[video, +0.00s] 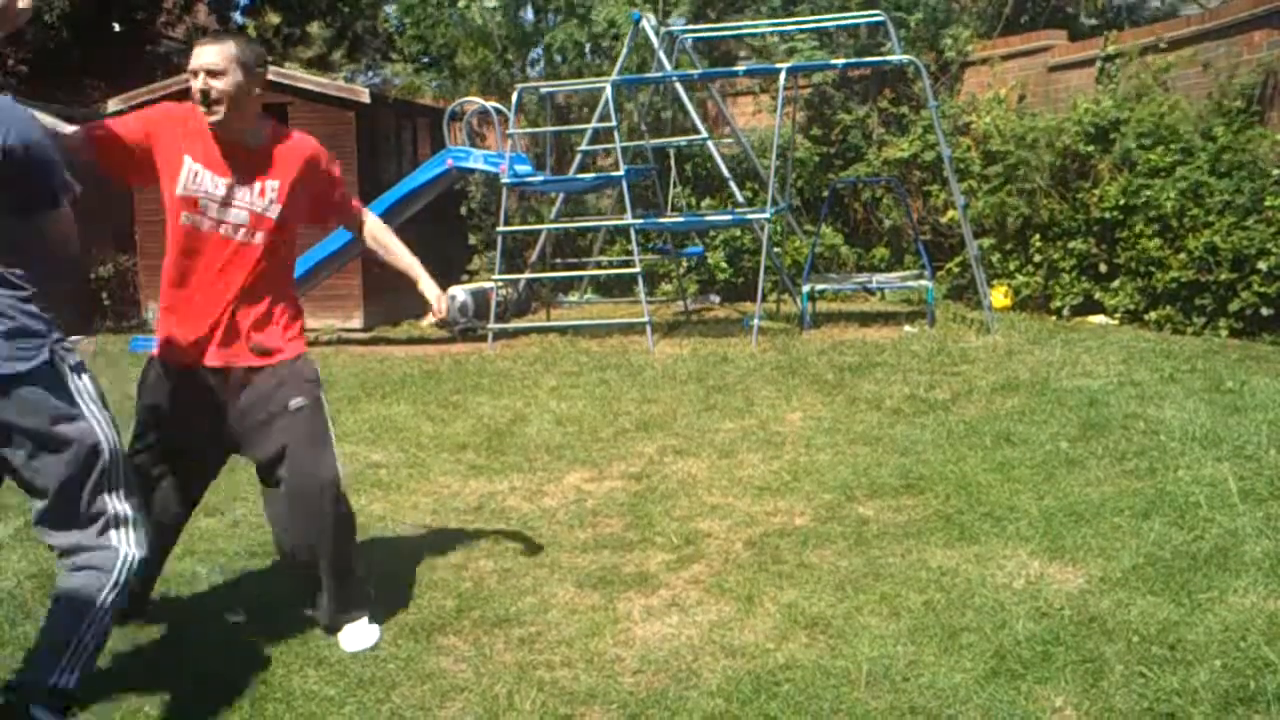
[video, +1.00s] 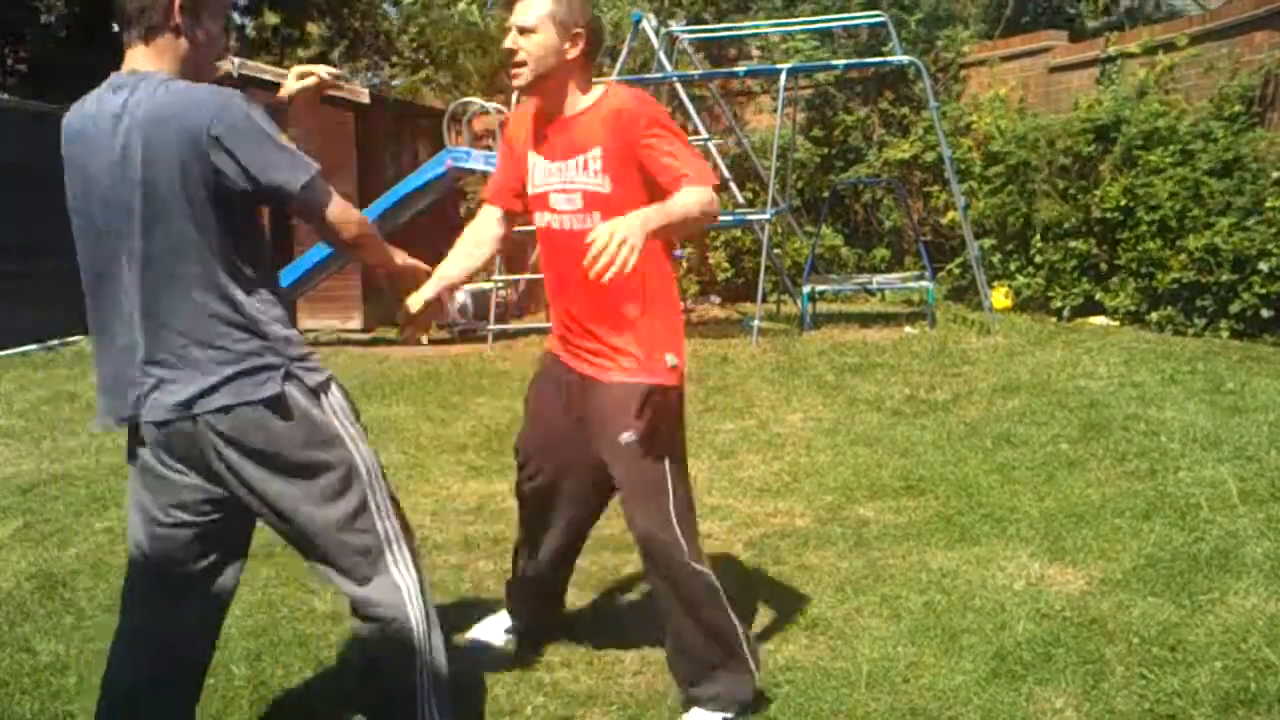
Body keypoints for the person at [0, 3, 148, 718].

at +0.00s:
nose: (24, 38)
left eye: (20, 31)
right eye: (18, 31)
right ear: (9, 43)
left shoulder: (23, 130)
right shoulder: (19, 129)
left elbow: (64, 254)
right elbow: (65, 257)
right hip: (11, 341)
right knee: (108, 531)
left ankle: (40, 696)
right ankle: (40, 699)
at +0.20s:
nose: (57, 40)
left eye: (50, 27)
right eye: (53, 28)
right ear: (40, 36)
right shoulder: (92, 126)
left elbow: (186, 185)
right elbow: (188, 188)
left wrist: (151, 88)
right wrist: (157, 79)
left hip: (6, 404)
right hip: (103, 387)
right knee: (183, 574)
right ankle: (253, 710)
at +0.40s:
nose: (124, 22)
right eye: (121, 14)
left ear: (36, 38)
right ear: (113, 19)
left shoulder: (13, 127)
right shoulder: (176, 97)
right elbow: (307, 101)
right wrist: (257, 38)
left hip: (63, 397)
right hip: (184, 382)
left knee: (13, 590)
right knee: (245, 593)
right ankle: (264, 711)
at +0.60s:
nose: (154, 11)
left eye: (151, 6)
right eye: (152, 3)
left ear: (71, 11)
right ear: (137, 3)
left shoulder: (18, 101)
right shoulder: (200, 64)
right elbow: (281, 100)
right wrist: (257, 27)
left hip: (94, 350)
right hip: (212, 334)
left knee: (84, 576)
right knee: (262, 556)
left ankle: (77, 713)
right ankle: (275, 711)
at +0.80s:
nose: (173, 27)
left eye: (175, 18)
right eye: (170, 16)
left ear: (78, 23)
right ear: (145, 14)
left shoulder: (32, 111)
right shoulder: (203, 95)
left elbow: (137, 104)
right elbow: (301, 163)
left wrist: (222, 48)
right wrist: (313, 131)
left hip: (112, 395)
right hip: (230, 380)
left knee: (106, 621)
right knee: (335, 571)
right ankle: (396, 710)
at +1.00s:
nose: (228, 42)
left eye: (229, 24)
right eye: (222, 22)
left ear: (142, 23)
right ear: (180, 16)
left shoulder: (79, 122)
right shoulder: (214, 109)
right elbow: (344, 222)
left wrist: (281, 107)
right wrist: (387, 260)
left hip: (158, 407)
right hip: (262, 389)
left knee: (157, 636)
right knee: (383, 570)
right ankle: (426, 709)